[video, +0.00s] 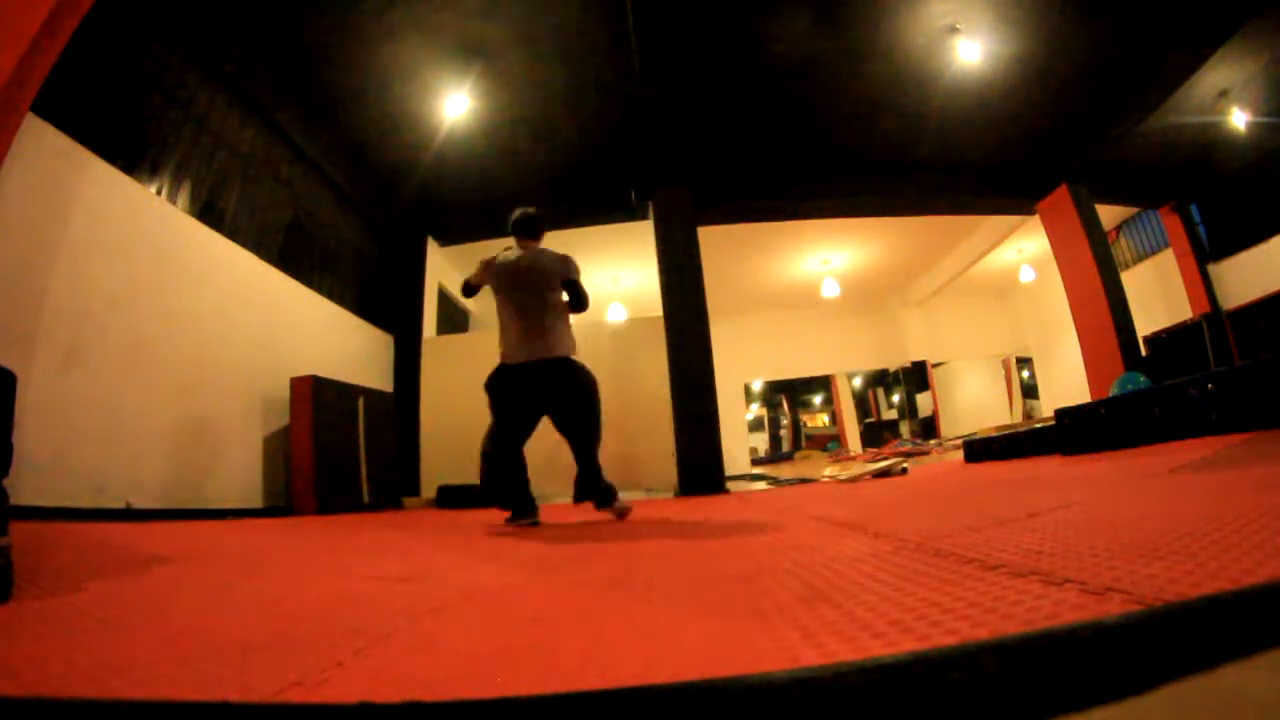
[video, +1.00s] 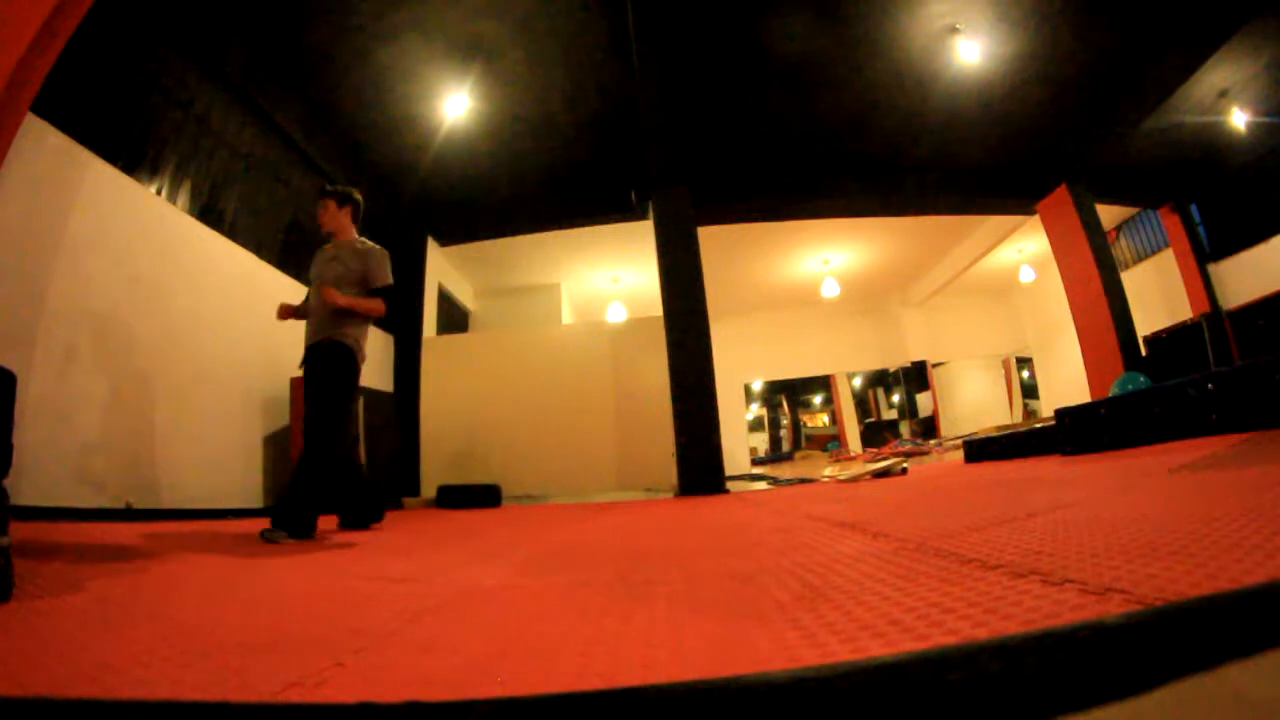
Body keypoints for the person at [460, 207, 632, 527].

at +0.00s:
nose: (528, 237)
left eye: (521, 233)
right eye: (533, 230)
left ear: (511, 235)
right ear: (542, 233)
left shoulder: (496, 265)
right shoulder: (561, 262)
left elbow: (468, 290)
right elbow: (580, 303)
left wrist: (489, 269)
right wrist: (552, 309)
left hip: (516, 375)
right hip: (562, 371)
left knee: (505, 444)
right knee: (584, 441)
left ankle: (522, 509)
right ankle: (601, 495)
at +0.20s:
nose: (465, 241)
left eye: (469, 234)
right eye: (465, 234)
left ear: (484, 233)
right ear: (485, 234)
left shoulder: (494, 257)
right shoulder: (495, 259)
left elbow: (491, 303)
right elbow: (492, 310)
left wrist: (451, 295)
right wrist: (480, 355)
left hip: (500, 355)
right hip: (498, 356)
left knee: (478, 415)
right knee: (489, 420)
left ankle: (520, 494)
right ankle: (518, 494)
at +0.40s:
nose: (426, 241)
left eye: (432, 234)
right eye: (427, 235)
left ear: (450, 236)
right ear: (443, 238)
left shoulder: (478, 268)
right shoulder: (440, 280)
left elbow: (505, 304)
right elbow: (446, 323)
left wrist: (464, 307)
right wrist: (416, 319)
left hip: (474, 374)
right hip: (439, 374)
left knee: (502, 440)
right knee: (410, 436)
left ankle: (519, 503)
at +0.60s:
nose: (385, 237)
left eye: (391, 231)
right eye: (385, 231)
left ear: (411, 235)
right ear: (394, 237)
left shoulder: (435, 272)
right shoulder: (383, 276)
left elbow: (455, 320)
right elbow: (377, 325)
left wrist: (426, 309)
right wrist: (367, 312)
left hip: (419, 369)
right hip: (382, 368)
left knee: (430, 442)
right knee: (368, 442)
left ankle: (484, 492)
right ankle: (368, 514)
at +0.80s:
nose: (354, 222)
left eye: (360, 215)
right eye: (353, 216)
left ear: (379, 218)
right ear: (355, 221)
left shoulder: (404, 256)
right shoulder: (348, 259)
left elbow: (421, 303)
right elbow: (332, 310)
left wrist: (385, 302)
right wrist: (332, 292)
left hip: (388, 350)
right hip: (353, 351)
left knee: (375, 428)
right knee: (349, 429)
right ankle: (357, 508)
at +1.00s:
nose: (320, 216)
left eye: (326, 209)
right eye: (320, 210)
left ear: (347, 213)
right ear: (333, 215)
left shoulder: (371, 253)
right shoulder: (323, 255)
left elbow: (384, 306)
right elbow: (321, 305)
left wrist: (343, 301)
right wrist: (296, 310)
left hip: (343, 349)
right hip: (317, 349)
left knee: (321, 434)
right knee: (332, 435)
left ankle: (296, 519)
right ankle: (357, 509)